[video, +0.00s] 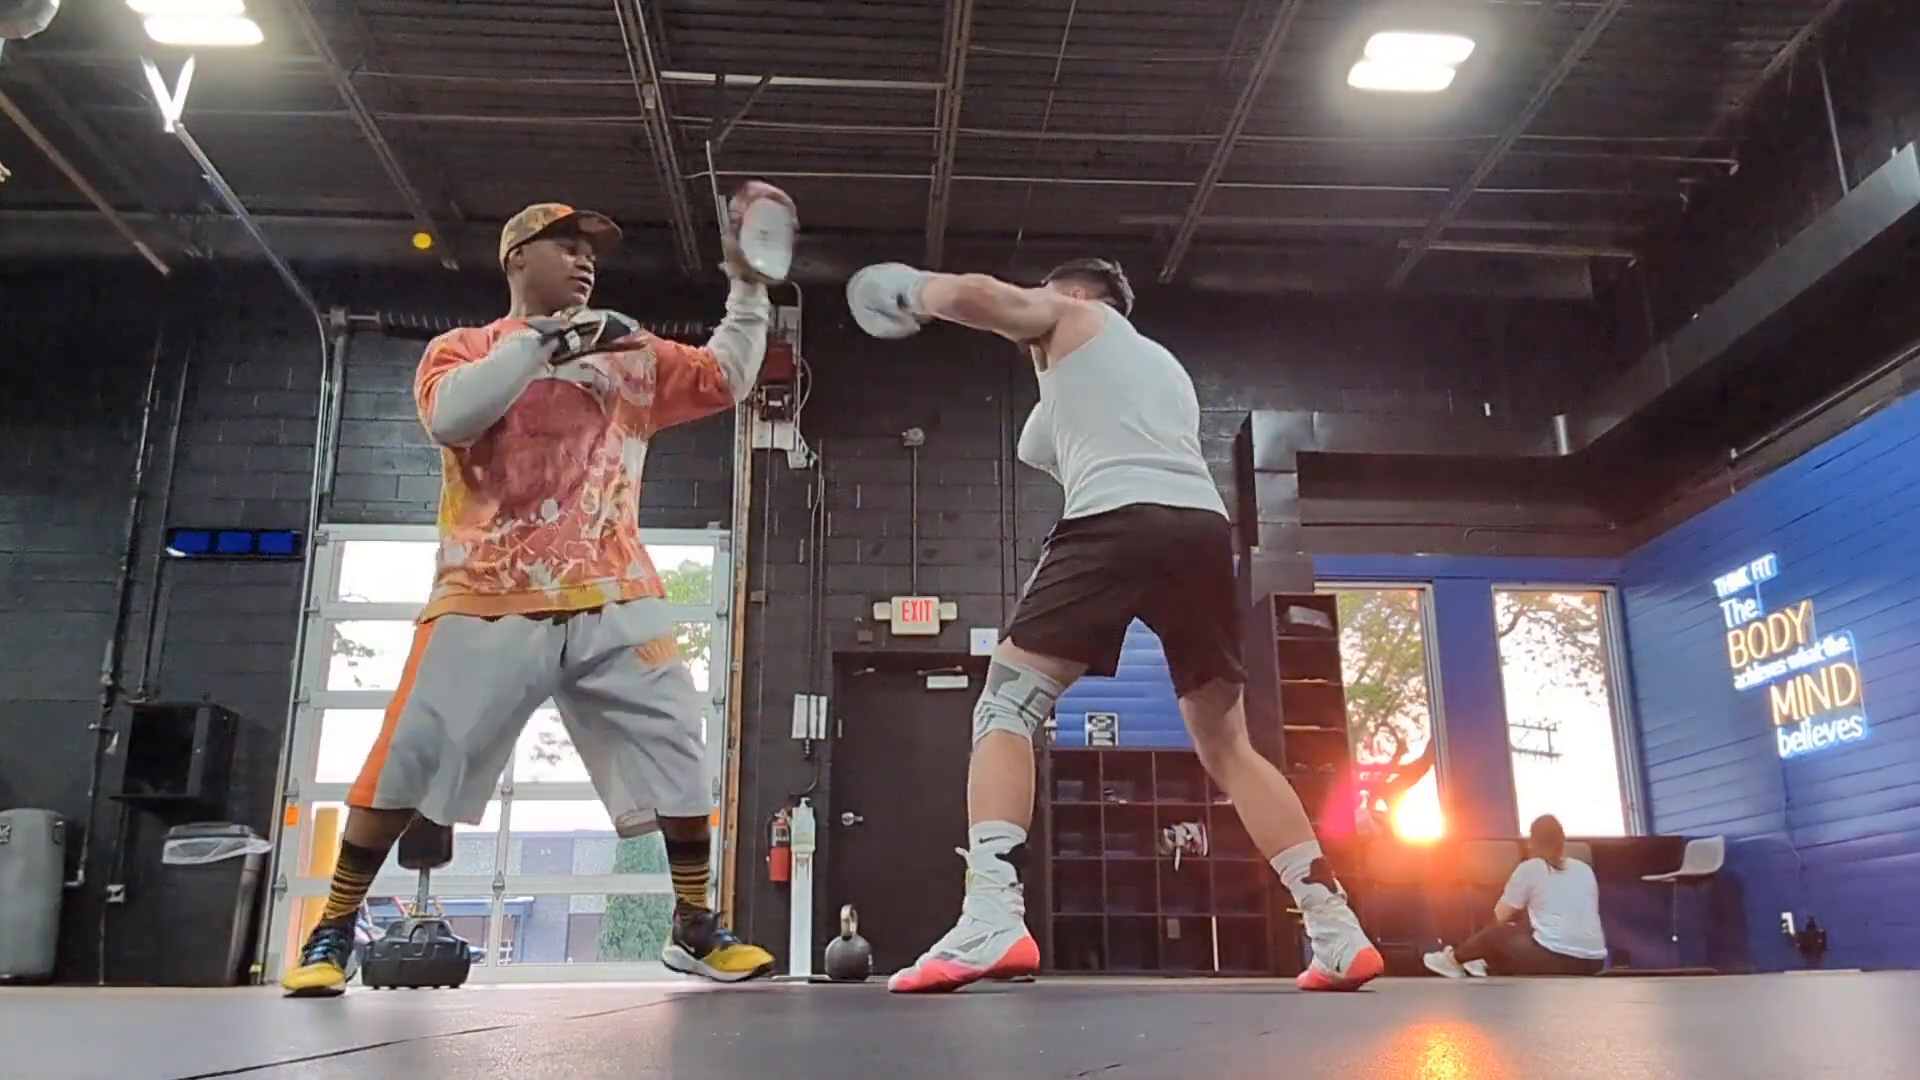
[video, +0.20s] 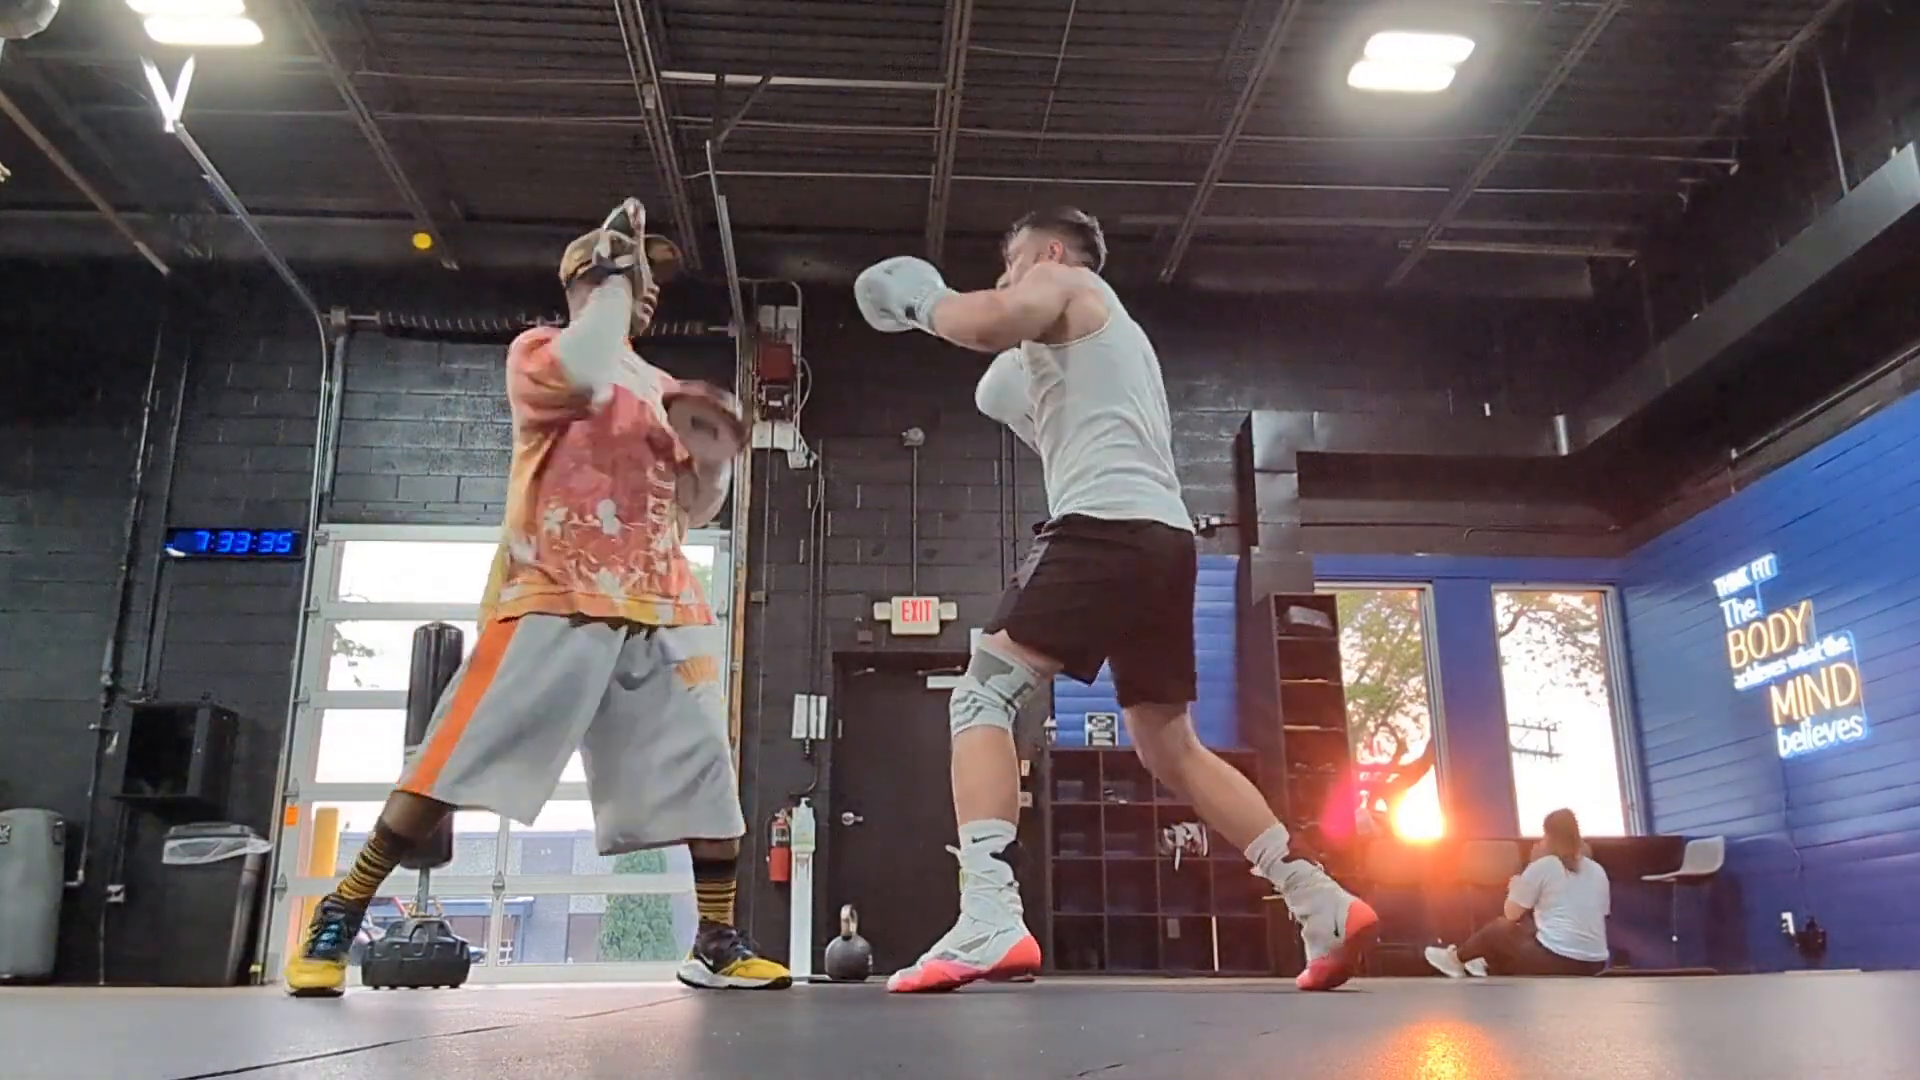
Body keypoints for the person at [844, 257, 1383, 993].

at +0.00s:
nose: (1039, 306)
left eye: (1048, 297)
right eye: (1041, 298)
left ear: (1080, 293)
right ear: (1118, 303)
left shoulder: (1067, 313)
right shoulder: (1167, 368)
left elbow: (966, 292)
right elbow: (1160, 450)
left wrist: (906, 287)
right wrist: (1069, 437)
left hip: (1112, 522)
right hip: (1205, 531)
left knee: (1008, 711)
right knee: (1229, 747)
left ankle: (990, 917)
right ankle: (1335, 930)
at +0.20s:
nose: (1007, 280)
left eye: (1014, 263)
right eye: (1007, 267)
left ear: (1052, 250)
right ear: (1075, 256)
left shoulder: (1066, 282)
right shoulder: (1123, 339)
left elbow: (991, 321)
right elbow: (1113, 442)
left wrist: (922, 298)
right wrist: (1032, 405)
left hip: (1105, 529)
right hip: (1167, 542)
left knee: (984, 698)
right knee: (1171, 746)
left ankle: (987, 917)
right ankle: (1319, 901)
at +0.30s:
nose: (982, 253)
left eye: (990, 235)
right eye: (982, 240)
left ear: (1033, 226)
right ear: (1036, 232)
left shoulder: (1089, 277)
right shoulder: (1030, 325)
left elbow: (1050, 360)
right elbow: (965, 399)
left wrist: (971, 315)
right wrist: (914, 340)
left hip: (1107, 529)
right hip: (1107, 535)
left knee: (997, 693)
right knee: (1148, 751)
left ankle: (992, 924)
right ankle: (1312, 880)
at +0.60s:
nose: (997, 258)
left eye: (1005, 238)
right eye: (996, 244)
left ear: (1051, 228)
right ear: (1045, 237)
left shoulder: (1122, 289)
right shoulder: (1051, 334)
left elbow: (1145, 397)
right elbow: (1009, 450)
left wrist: (1036, 371)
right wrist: (968, 375)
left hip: (1131, 538)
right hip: (1133, 545)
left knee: (1017, 703)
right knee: (1175, 749)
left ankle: (999, 934)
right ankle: (1332, 908)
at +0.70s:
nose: (1002, 292)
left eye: (1006, 274)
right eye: (999, 279)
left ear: (1045, 261)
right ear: (1056, 267)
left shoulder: (1115, 320)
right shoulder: (1082, 353)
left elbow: (1165, 427)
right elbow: (1085, 446)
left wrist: (1049, 427)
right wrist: (1012, 368)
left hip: (1156, 552)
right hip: (1201, 563)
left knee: (1007, 703)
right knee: (1216, 776)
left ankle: (1000, 931)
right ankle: (1350, 937)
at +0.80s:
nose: (993, 333)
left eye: (998, 312)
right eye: (991, 316)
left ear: (1035, 299)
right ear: (1074, 301)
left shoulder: (1053, 349)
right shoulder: (1148, 347)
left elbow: (1079, 425)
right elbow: (1180, 462)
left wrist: (991, 484)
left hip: (1153, 555)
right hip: (1239, 560)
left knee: (1019, 722)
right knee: (1240, 768)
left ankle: (987, 919)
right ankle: (1355, 938)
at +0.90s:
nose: (1000, 352)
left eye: (1001, 333)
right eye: (998, 335)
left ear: (1034, 322)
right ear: (1079, 318)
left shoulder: (1043, 370)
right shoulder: (1156, 361)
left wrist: (885, 516)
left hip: (1161, 561)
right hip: (1254, 560)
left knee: (1032, 735)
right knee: (1247, 761)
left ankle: (993, 935)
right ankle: (1366, 928)